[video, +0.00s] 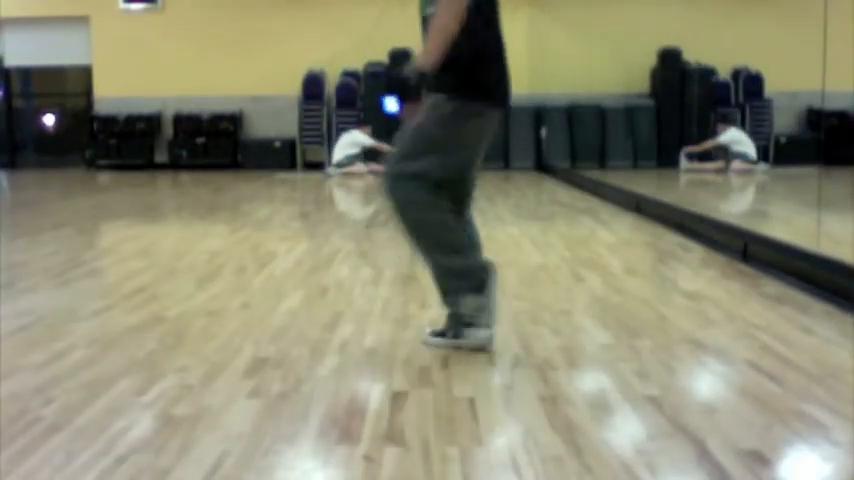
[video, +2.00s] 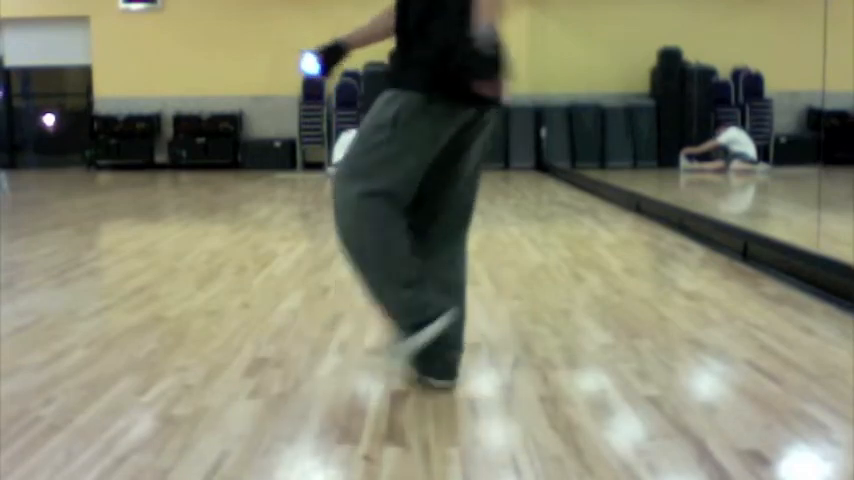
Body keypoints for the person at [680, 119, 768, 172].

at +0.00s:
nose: (718, 130)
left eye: (720, 127)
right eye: (718, 127)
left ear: (724, 126)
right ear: (729, 125)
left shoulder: (732, 133)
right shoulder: (733, 133)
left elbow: (710, 144)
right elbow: (711, 144)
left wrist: (689, 149)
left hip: (745, 161)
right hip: (734, 161)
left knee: (734, 168)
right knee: (715, 166)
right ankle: (690, 166)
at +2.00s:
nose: (719, 135)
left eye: (720, 132)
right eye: (719, 133)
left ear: (724, 129)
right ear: (727, 127)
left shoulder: (731, 132)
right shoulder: (733, 132)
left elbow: (711, 145)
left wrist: (688, 151)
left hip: (744, 159)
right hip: (734, 159)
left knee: (733, 168)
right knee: (716, 165)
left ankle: (755, 171)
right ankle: (695, 166)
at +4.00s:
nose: (719, 135)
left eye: (720, 133)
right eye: (719, 133)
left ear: (723, 129)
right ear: (727, 127)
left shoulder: (731, 132)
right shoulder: (734, 132)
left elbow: (709, 147)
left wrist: (687, 151)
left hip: (744, 159)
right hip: (735, 159)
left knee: (733, 170)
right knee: (715, 165)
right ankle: (691, 166)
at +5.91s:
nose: (719, 136)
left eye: (719, 134)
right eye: (719, 135)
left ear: (722, 130)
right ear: (726, 128)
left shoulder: (730, 132)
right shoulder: (733, 132)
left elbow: (707, 148)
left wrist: (687, 151)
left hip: (745, 159)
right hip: (734, 159)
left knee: (733, 168)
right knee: (714, 165)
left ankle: (754, 170)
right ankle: (691, 166)